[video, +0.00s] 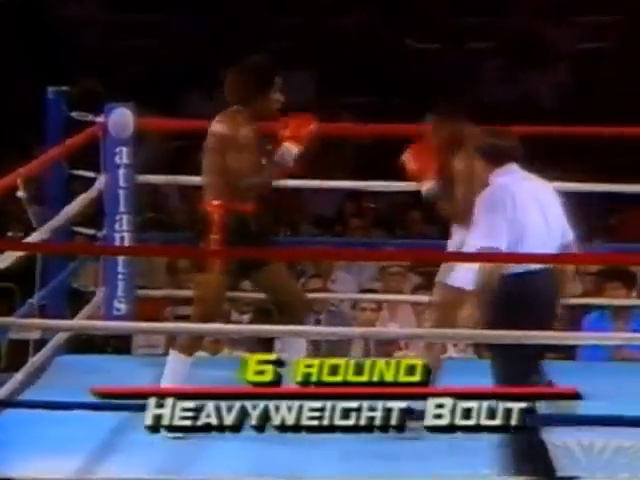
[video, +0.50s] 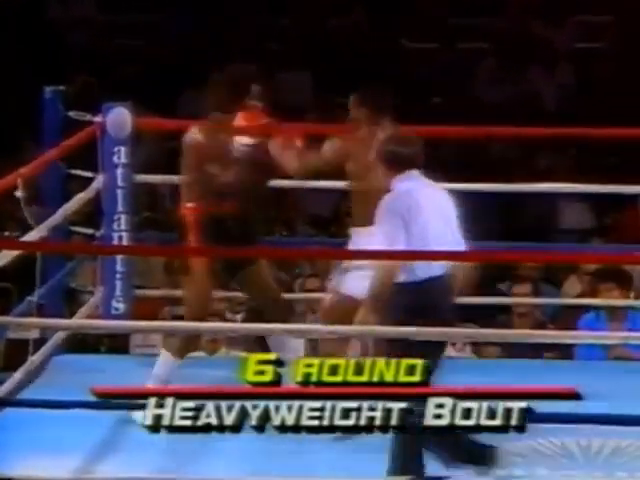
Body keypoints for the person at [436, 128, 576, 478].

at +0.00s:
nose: (470, 168)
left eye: (472, 161)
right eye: (470, 161)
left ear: (484, 161)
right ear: (514, 156)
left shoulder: (495, 193)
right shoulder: (544, 188)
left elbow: (491, 257)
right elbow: (566, 246)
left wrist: (481, 305)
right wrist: (560, 295)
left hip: (514, 283)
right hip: (547, 279)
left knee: (511, 375)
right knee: (522, 369)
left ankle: (535, 464)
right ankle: (523, 458)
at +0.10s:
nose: (452, 176)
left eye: (453, 167)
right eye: (452, 168)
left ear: (464, 165)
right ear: (491, 161)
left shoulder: (473, 198)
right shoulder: (520, 189)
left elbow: (469, 264)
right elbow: (543, 249)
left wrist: (446, 303)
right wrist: (531, 288)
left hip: (494, 292)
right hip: (524, 288)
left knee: (503, 383)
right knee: (479, 379)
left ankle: (533, 469)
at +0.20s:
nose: (436, 181)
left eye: (438, 173)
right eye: (436, 173)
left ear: (450, 170)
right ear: (477, 165)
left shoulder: (465, 198)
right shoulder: (506, 192)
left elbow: (457, 266)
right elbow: (531, 253)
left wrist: (433, 302)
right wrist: (518, 294)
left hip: (484, 294)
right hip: (509, 291)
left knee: (502, 386)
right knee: (465, 381)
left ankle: (535, 470)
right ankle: (423, 464)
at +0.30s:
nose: (416, 180)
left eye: (418, 173)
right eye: (416, 172)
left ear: (428, 173)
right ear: (456, 167)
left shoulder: (442, 204)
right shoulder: (483, 197)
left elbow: (437, 267)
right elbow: (504, 256)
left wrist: (404, 303)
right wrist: (495, 296)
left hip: (460, 294)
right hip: (486, 290)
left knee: (482, 384)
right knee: (449, 380)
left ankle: (528, 468)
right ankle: (411, 462)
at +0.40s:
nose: (399, 177)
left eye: (401, 170)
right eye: (400, 170)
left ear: (411, 170)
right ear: (439, 165)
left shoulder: (420, 204)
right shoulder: (465, 198)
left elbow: (415, 265)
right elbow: (487, 256)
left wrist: (389, 304)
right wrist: (478, 294)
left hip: (439, 295)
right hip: (468, 291)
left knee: (453, 385)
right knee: (433, 383)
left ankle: (516, 469)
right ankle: (409, 467)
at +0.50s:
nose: (374, 169)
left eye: (377, 163)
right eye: (375, 161)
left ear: (386, 165)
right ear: (416, 161)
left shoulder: (395, 200)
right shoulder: (442, 195)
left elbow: (391, 262)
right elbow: (460, 255)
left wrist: (368, 306)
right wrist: (449, 293)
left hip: (408, 291)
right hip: (440, 288)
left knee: (402, 384)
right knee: (414, 382)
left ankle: (471, 453)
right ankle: (406, 465)